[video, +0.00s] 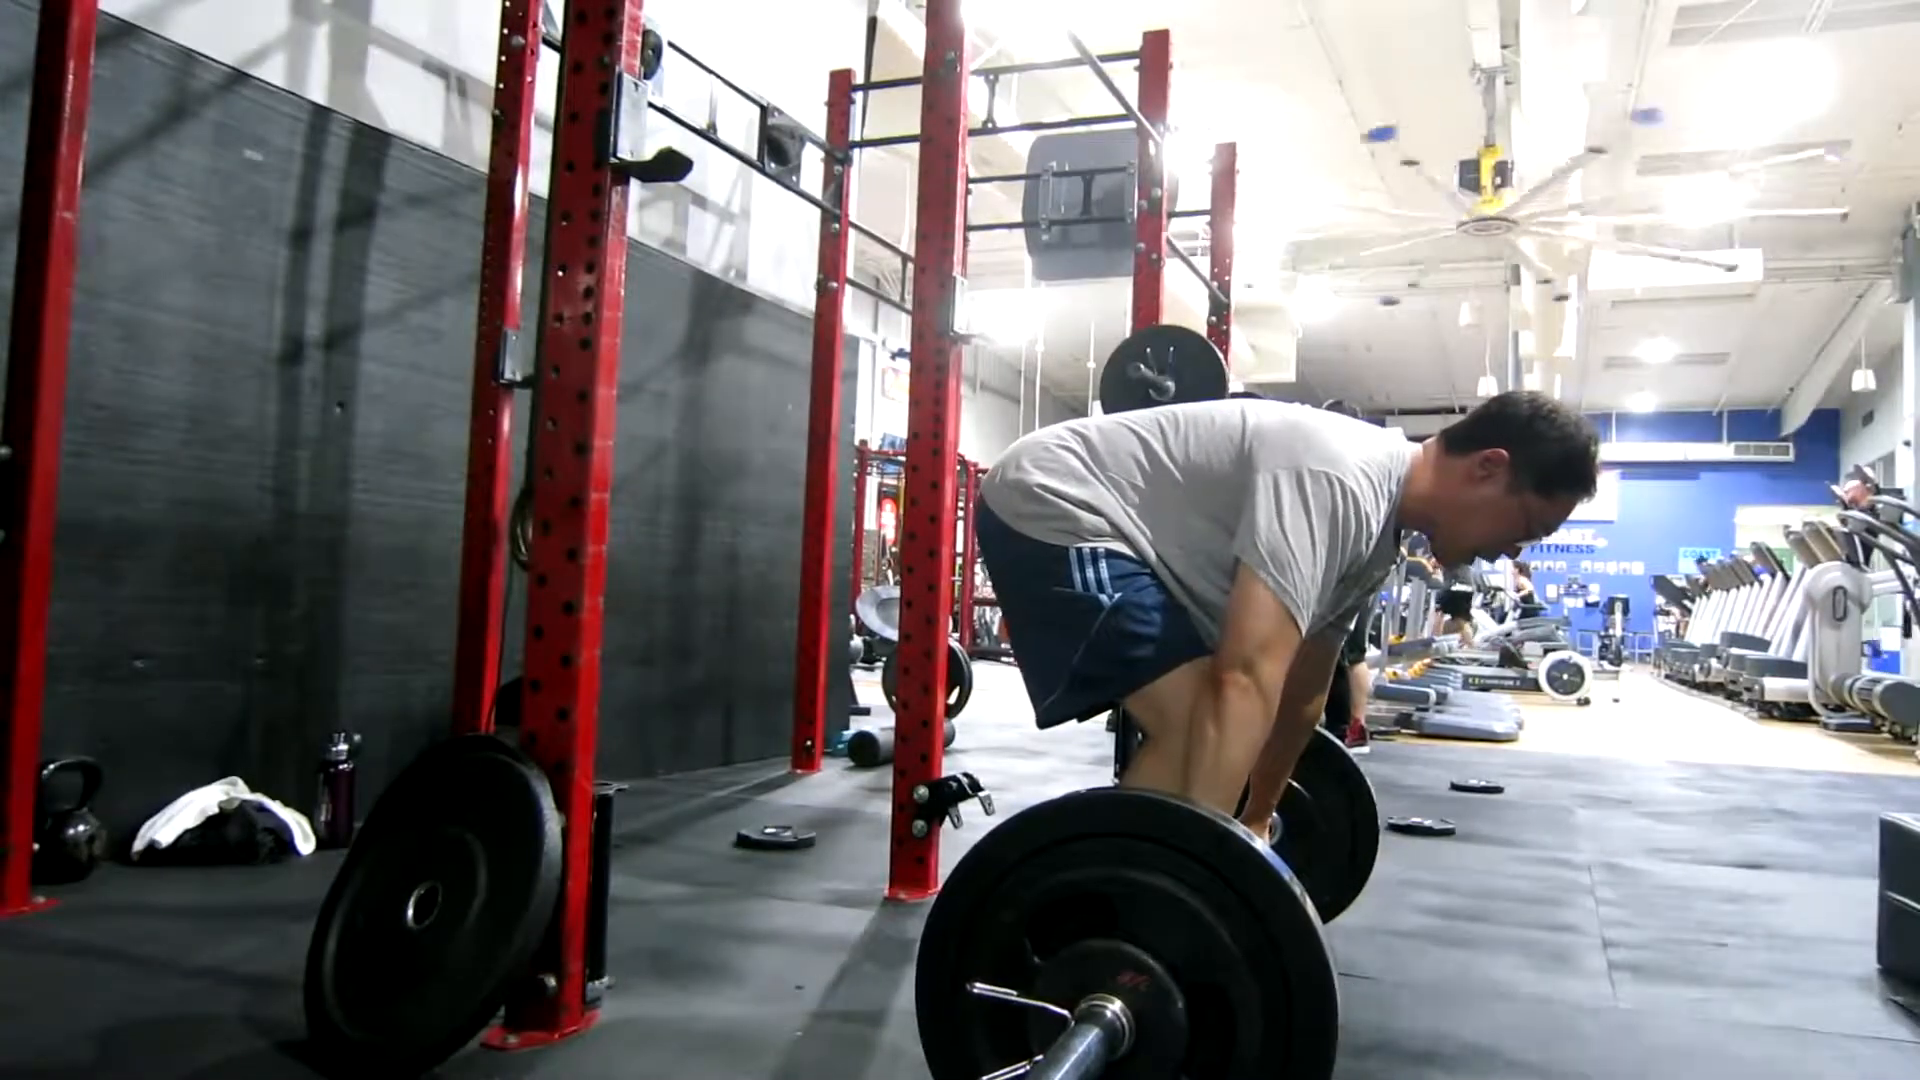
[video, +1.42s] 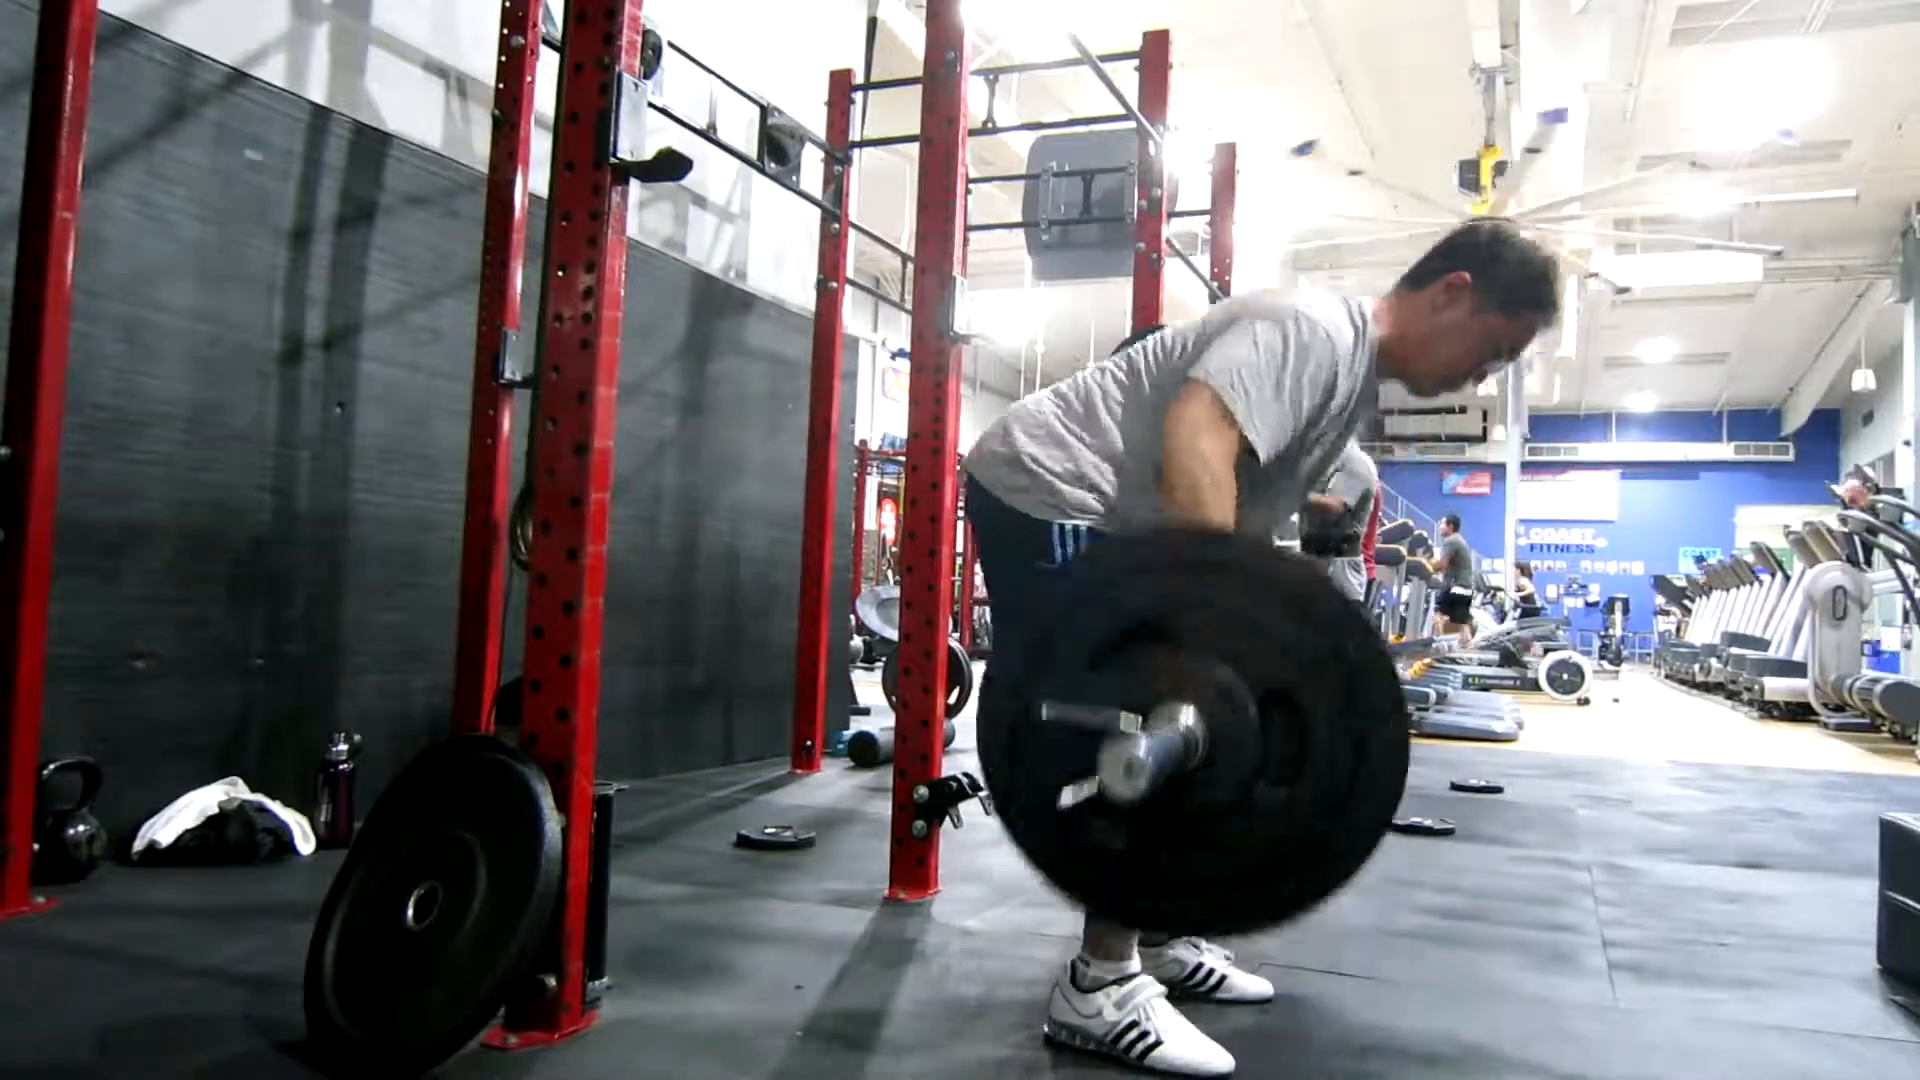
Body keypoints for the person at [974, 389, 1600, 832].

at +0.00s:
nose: (1513, 553)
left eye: (1531, 541)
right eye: (1524, 530)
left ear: (1486, 470)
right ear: (1488, 470)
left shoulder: (1377, 532)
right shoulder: (1331, 475)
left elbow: (1302, 701)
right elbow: (1244, 676)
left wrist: (1248, 838)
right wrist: (1190, 878)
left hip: (1108, 525)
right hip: (1056, 499)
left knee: (1184, 730)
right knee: (1210, 708)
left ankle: (1110, 914)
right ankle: (1154, 921)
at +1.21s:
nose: (1480, 467)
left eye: (1498, 454)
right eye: (1491, 442)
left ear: (1451, 387)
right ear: (1452, 384)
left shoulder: (1352, 476)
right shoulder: (1304, 417)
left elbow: (1269, 623)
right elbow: (1206, 597)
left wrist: (1265, 782)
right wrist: (1224, 794)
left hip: (1106, 536)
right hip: (1037, 503)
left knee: (1229, 708)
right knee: (1184, 724)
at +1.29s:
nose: (1483, 434)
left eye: (1499, 421)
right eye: (1491, 408)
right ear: (1450, 352)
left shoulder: (1350, 447)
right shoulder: (1306, 389)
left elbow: (1260, 590)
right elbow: (1200, 540)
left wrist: (1267, 742)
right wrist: (1213, 738)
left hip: (1109, 531)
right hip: (1043, 501)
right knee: (1108, 754)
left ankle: (1141, 1000)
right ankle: (1100, 1007)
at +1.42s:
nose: (1483, 379)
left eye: (1500, 364)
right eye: (1494, 353)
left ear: (1453, 298)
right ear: (1452, 293)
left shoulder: (1349, 396)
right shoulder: (1312, 333)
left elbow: (1254, 518)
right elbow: (1196, 436)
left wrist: (1274, 640)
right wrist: (1214, 625)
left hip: (1114, 508)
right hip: (1047, 488)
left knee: (1175, 719)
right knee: (1124, 730)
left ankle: (1161, 939)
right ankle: (1099, 979)